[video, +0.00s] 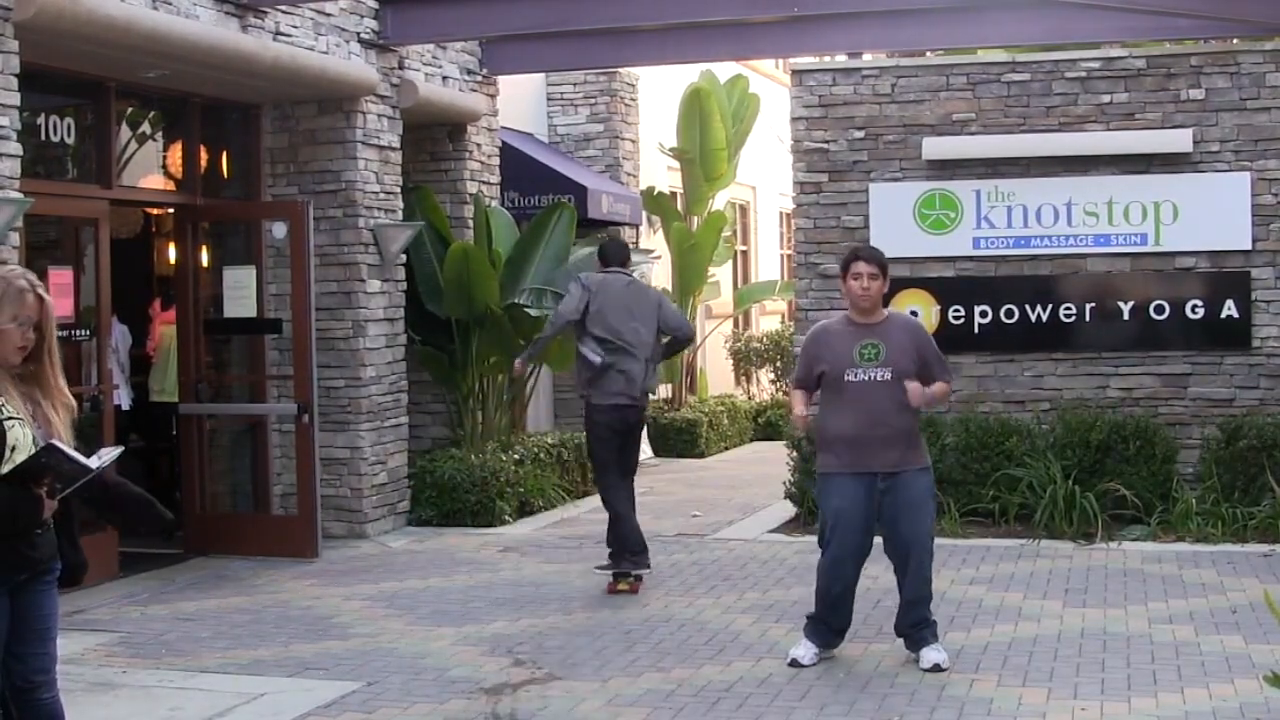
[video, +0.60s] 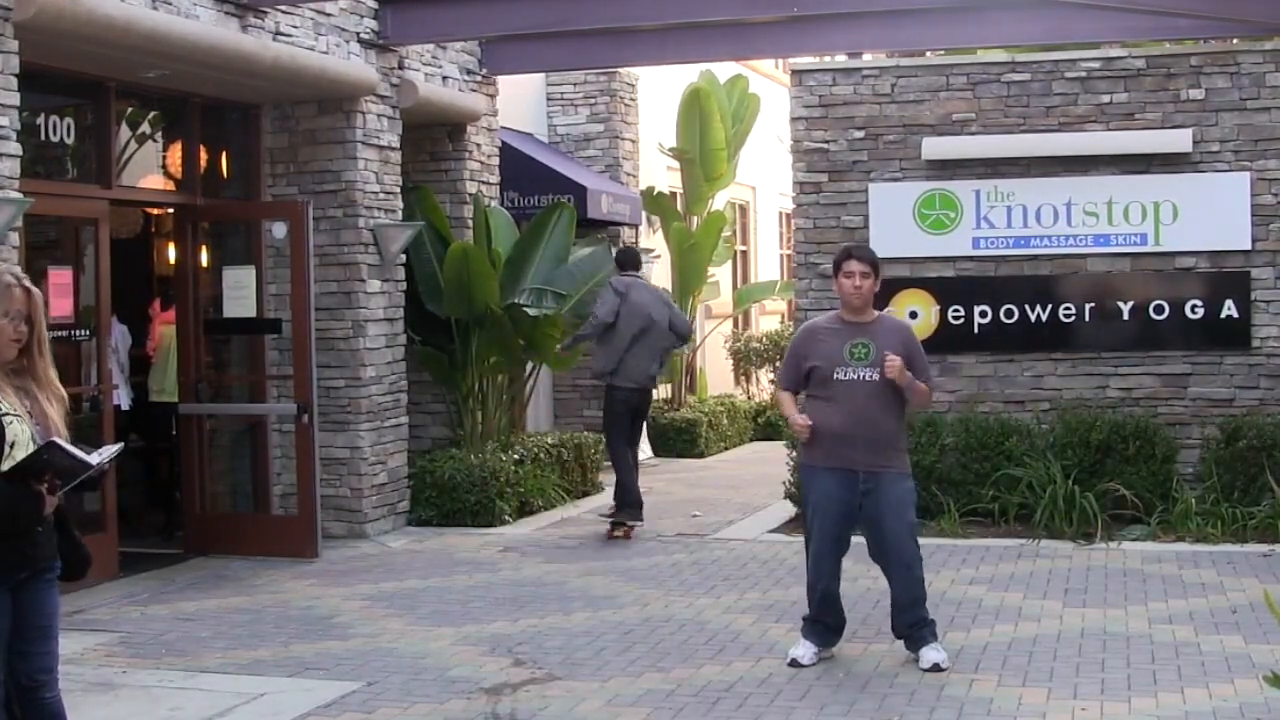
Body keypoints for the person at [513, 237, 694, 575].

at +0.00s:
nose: (597, 266)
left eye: (597, 260)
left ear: (599, 262)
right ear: (628, 263)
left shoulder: (589, 284)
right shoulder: (650, 294)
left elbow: (563, 318)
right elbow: (685, 333)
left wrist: (527, 356)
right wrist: (654, 356)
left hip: (601, 402)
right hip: (636, 404)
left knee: (609, 480)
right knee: (623, 479)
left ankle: (635, 557)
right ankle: (621, 558)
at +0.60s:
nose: (616, 271)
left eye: (616, 266)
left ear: (617, 267)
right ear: (640, 267)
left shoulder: (617, 286)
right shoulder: (659, 294)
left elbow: (602, 319)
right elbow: (684, 330)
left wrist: (569, 343)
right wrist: (659, 346)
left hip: (619, 383)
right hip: (644, 386)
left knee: (618, 446)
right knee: (629, 448)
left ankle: (630, 512)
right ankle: (623, 507)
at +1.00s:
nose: (643, 268)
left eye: (643, 263)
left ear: (643, 265)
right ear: (664, 266)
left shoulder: (636, 289)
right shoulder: (677, 293)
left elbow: (625, 324)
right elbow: (686, 330)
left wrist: (613, 352)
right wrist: (676, 349)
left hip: (639, 369)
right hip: (665, 371)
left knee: (637, 428)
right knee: (650, 428)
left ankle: (644, 488)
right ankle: (642, 484)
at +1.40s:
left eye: (691, 266)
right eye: (703, 270)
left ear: (686, 268)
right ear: (705, 272)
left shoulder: (674, 289)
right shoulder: (711, 298)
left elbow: (662, 324)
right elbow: (716, 335)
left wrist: (655, 349)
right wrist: (697, 345)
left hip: (670, 364)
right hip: (693, 368)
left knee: (670, 417)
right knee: (684, 419)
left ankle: (676, 469)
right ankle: (678, 468)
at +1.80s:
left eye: (730, 268)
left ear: (728, 270)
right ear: (746, 271)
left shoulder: (720, 293)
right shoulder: (756, 296)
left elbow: (708, 325)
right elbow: (763, 330)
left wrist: (697, 350)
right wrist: (750, 342)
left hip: (723, 357)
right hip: (745, 358)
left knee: (717, 407)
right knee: (731, 409)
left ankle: (721, 457)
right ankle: (722, 456)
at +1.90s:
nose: (743, 275)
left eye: (741, 271)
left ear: (741, 272)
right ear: (759, 274)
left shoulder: (735, 294)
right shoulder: (769, 297)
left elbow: (719, 324)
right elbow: (778, 330)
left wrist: (711, 349)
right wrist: (764, 343)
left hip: (736, 361)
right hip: (755, 363)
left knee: (730, 407)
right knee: (745, 409)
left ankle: (733, 453)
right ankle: (736, 452)